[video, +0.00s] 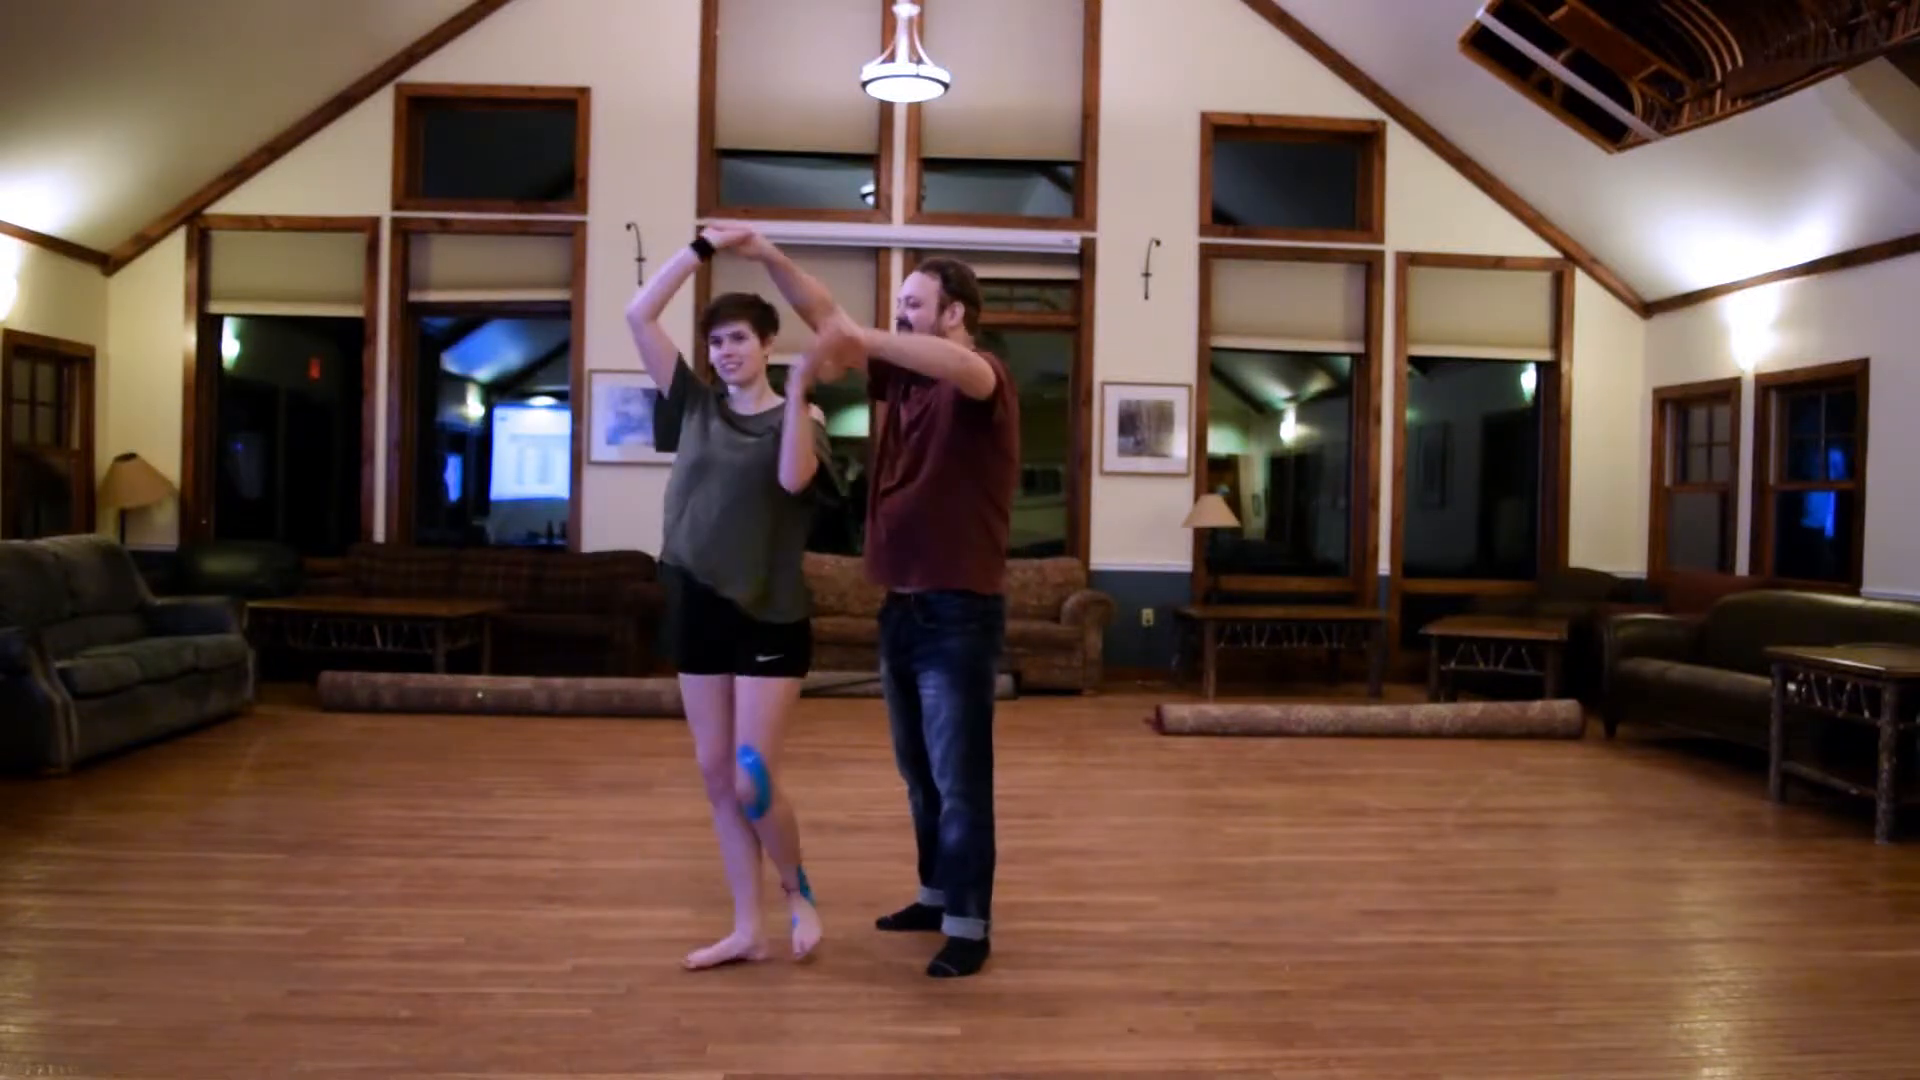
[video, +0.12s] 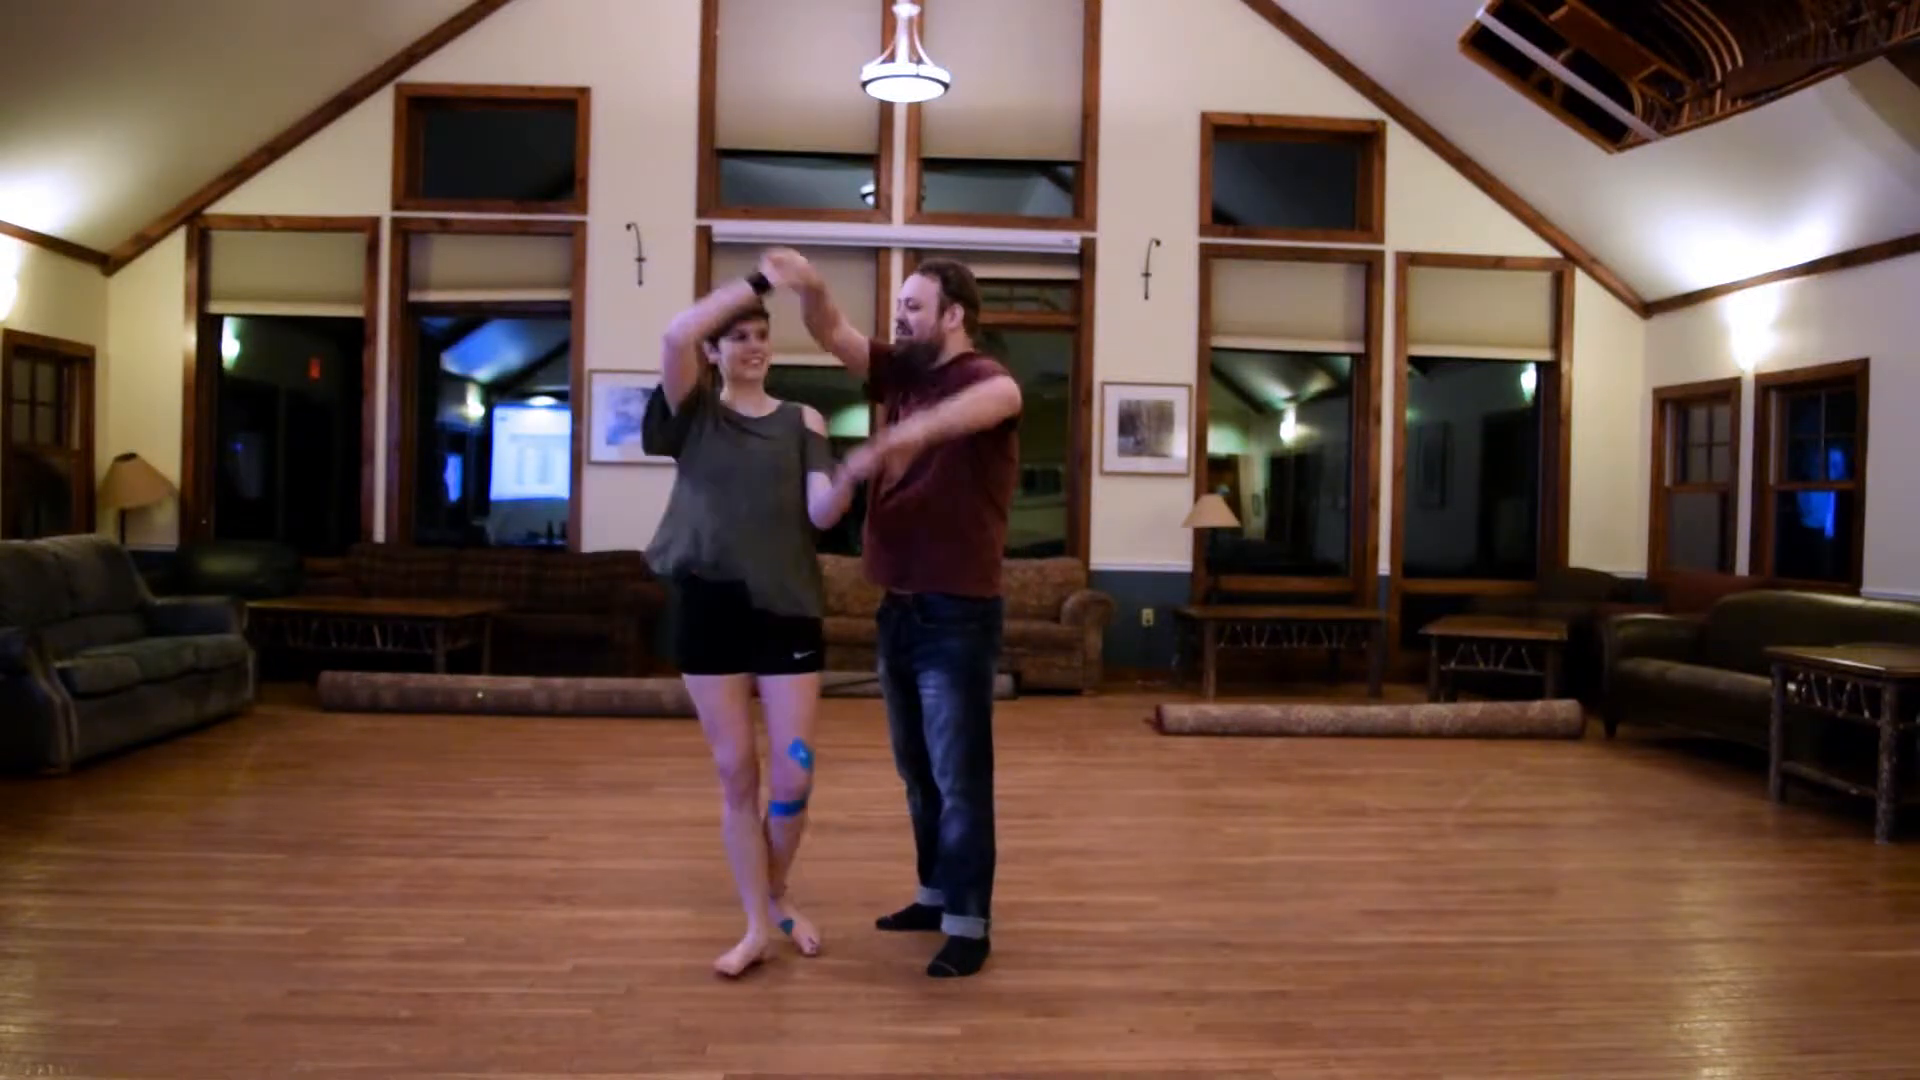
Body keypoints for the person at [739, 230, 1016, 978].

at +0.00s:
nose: (901, 315)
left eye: (914, 305)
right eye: (899, 306)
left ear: (958, 314)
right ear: (909, 316)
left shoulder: (984, 373)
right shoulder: (899, 372)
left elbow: (959, 364)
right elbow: (836, 328)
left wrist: (865, 340)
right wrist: (769, 257)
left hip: (961, 606)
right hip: (903, 605)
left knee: (958, 772)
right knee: (920, 768)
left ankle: (969, 925)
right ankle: (940, 898)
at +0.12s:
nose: (902, 319)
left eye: (915, 307)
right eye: (901, 308)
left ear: (956, 314)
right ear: (903, 313)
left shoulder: (985, 377)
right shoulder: (897, 370)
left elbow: (998, 400)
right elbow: (837, 339)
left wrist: (909, 435)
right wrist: (812, 290)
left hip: (958, 608)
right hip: (899, 603)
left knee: (959, 774)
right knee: (920, 769)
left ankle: (970, 923)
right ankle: (938, 898)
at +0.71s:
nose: (907, 327)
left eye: (920, 317)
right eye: (907, 316)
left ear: (961, 323)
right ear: (928, 322)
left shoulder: (971, 388)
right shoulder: (926, 370)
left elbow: (869, 454)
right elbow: (845, 353)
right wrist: (773, 364)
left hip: (951, 608)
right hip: (905, 603)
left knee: (954, 772)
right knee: (916, 765)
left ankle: (979, 926)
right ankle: (940, 901)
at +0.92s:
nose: (915, 317)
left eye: (930, 307)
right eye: (915, 307)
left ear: (971, 318)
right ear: (920, 319)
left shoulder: (984, 376)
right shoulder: (933, 372)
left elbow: (880, 365)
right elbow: (871, 345)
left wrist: (816, 311)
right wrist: (815, 288)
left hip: (955, 602)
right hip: (904, 599)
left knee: (958, 770)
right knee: (919, 767)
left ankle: (980, 921)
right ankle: (940, 899)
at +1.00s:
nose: (916, 315)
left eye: (931, 305)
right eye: (917, 305)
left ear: (972, 315)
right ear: (931, 315)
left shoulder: (987, 375)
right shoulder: (936, 375)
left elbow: (887, 354)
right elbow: (870, 346)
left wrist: (841, 284)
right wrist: (834, 281)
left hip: (955, 602)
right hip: (904, 599)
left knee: (959, 771)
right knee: (919, 767)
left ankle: (981, 921)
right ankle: (941, 899)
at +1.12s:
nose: (917, 314)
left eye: (933, 304)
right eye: (916, 304)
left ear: (972, 317)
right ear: (913, 314)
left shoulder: (989, 378)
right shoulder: (915, 373)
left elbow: (900, 361)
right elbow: (864, 342)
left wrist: (875, 284)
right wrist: (859, 266)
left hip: (954, 599)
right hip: (896, 598)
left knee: (959, 771)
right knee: (917, 768)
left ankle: (980, 921)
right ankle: (939, 899)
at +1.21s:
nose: (922, 316)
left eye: (937, 303)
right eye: (920, 302)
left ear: (974, 315)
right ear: (916, 314)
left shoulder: (988, 380)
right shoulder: (922, 377)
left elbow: (900, 376)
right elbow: (872, 371)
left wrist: (878, 301)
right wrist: (865, 293)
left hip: (955, 596)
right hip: (900, 595)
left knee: (959, 765)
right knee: (915, 763)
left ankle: (981, 918)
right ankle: (939, 898)